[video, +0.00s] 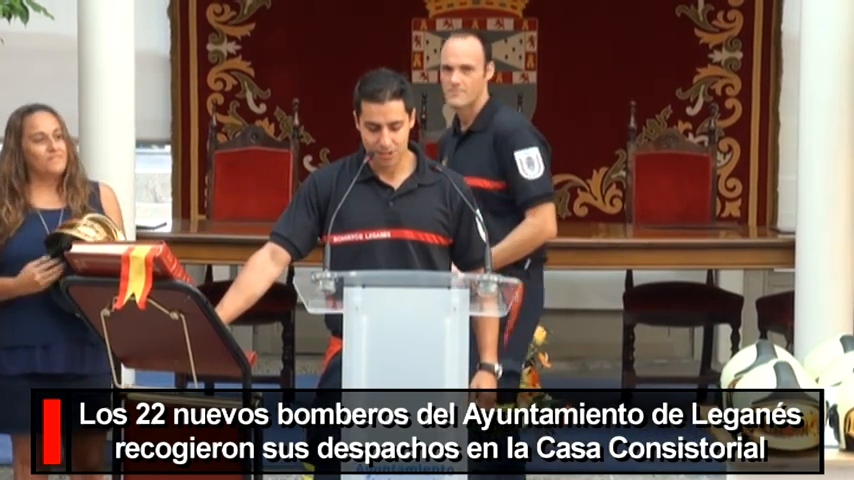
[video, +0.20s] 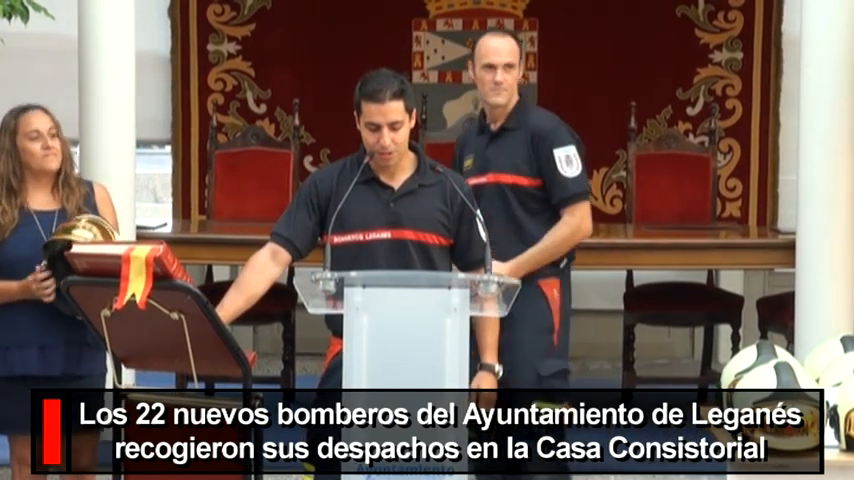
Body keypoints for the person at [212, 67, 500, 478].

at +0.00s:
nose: (384, 140)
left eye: (394, 127)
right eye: (373, 128)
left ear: (412, 120)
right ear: (357, 123)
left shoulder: (448, 189)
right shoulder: (328, 185)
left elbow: (480, 281)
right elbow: (273, 256)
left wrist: (488, 365)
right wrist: (214, 323)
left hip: (433, 351)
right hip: (354, 349)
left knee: (437, 466)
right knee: (329, 455)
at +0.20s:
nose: (384, 140)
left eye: (394, 127)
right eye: (373, 128)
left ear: (413, 121)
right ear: (358, 123)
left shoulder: (450, 189)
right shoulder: (329, 185)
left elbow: (480, 281)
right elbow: (273, 256)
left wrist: (489, 366)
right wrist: (214, 324)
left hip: (434, 352)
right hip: (354, 351)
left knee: (437, 469)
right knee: (331, 461)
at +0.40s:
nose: (384, 141)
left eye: (395, 127)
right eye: (373, 128)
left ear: (413, 121)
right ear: (358, 124)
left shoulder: (451, 191)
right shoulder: (329, 186)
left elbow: (481, 282)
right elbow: (273, 257)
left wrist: (489, 366)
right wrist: (214, 324)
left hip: (434, 354)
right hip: (353, 353)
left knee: (435, 471)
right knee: (333, 467)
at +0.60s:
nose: (384, 141)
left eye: (395, 127)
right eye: (373, 128)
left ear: (413, 121)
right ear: (358, 124)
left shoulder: (452, 191)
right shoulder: (329, 186)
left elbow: (481, 282)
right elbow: (274, 257)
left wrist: (489, 366)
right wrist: (214, 324)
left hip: (434, 353)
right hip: (354, 352)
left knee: (437, 469)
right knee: (333, 464)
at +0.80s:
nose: (385, 141)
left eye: (395, 127)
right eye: (373, 129)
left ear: (413, 121)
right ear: (358, 124)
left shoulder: (452, 191)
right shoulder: (329, 186)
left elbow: (481, 283)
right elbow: (273, 257)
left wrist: (489, 367)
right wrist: (214, 325)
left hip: (434, 354)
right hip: (355, 353)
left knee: (437, 468)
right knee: (333, 462)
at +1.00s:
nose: (384, 140)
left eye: (394, 127)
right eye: (373, 128)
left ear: (413, 121)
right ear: (357, 124)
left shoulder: (452, 191)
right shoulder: (329, 186)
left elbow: (482, 283)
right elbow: (273, 257)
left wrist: (489, 366)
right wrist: (214, 326)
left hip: (433, 354)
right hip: (354, 353)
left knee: (433, 466)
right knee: (332, 462)